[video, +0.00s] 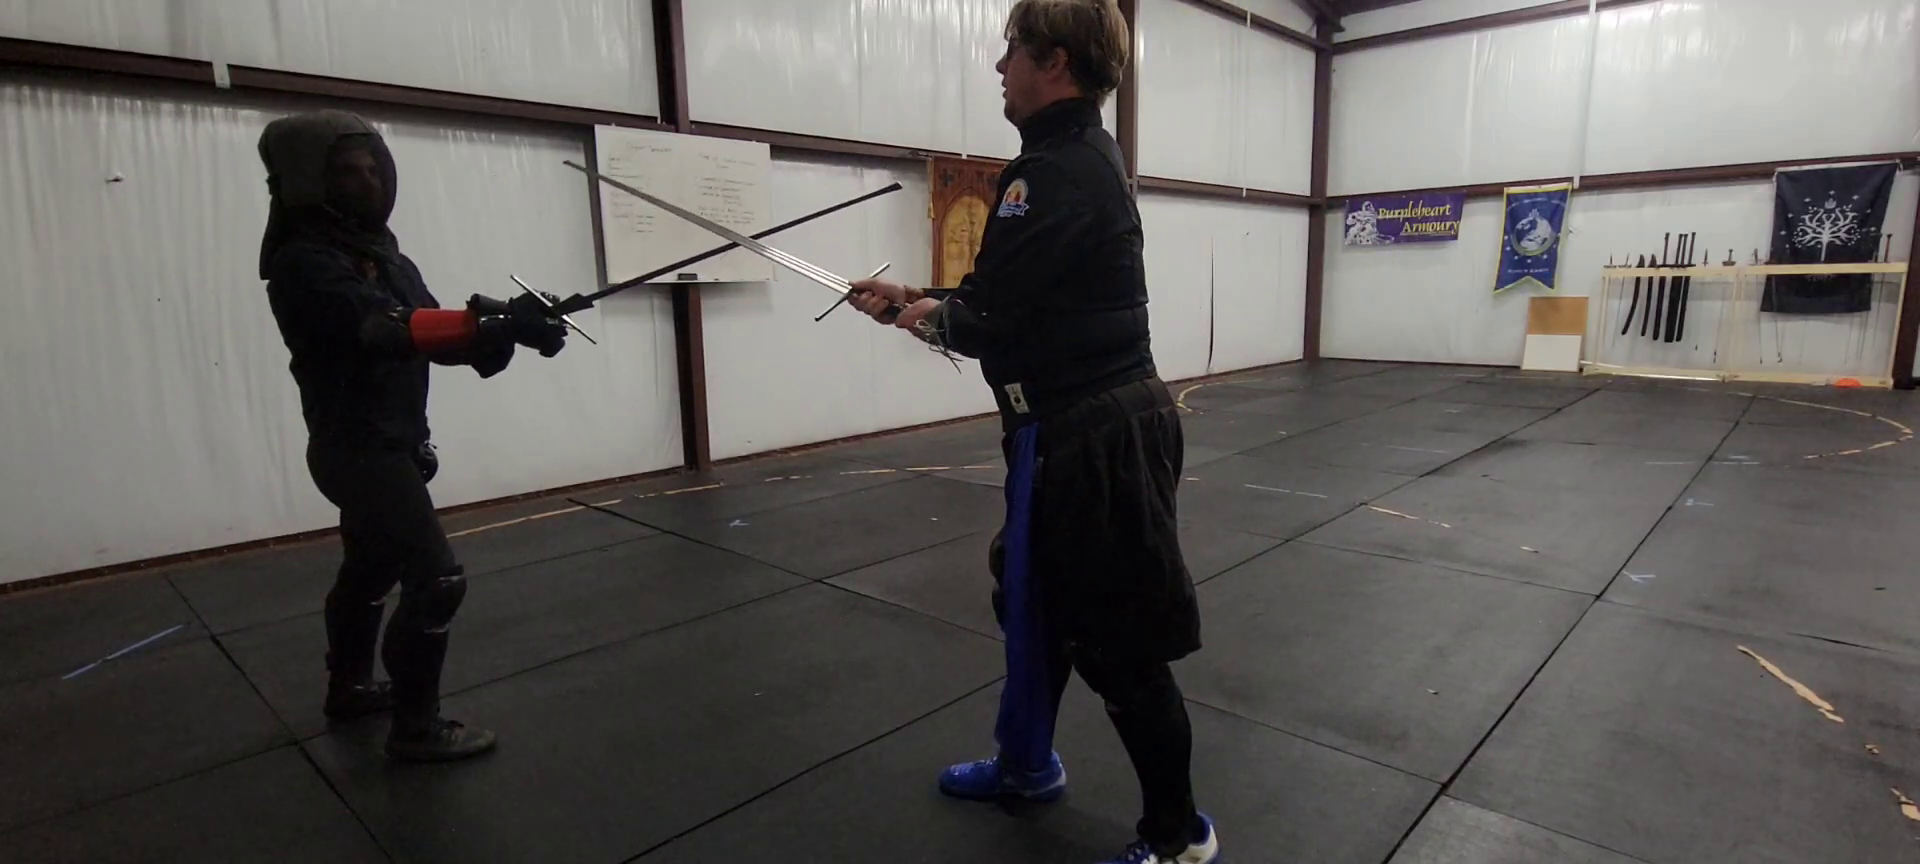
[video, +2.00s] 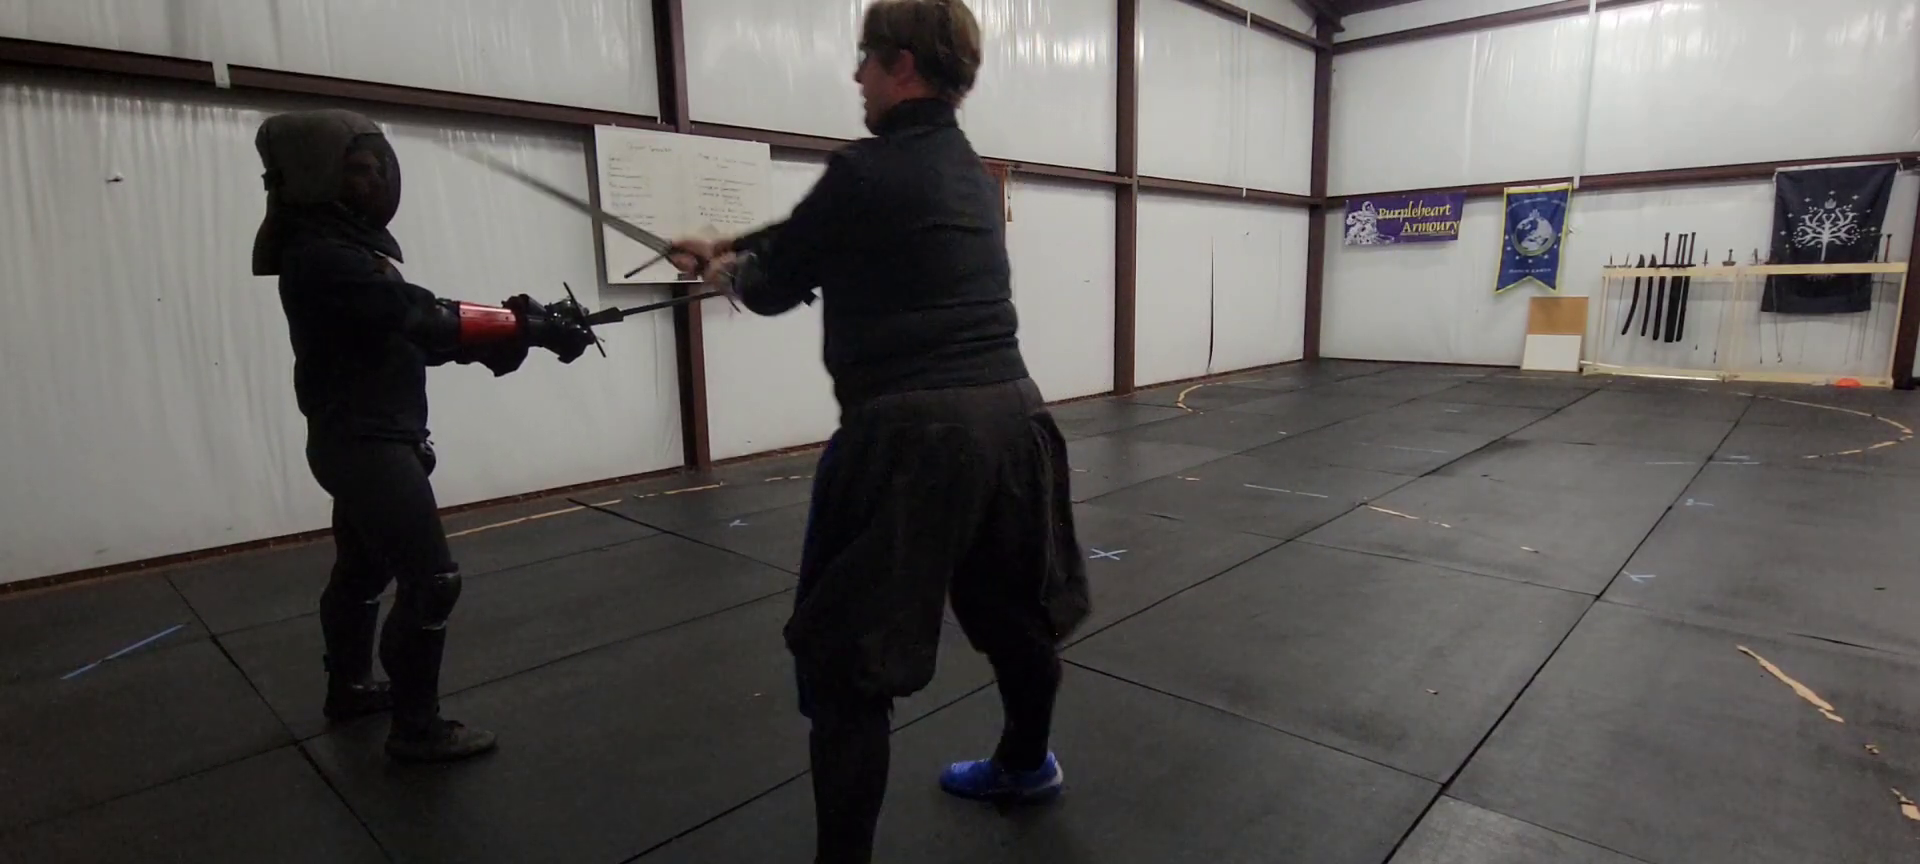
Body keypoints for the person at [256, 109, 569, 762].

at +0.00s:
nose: (368, 182)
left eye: (376, 169)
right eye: (350, 171)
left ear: (389, 177)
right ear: (315, 183)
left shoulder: (383, 255)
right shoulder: (304, 259)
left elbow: (422, 334)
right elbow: (376, 329)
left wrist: (490, 339)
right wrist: (489, 322)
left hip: (394, 446)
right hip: (358, 452)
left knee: (368, 574)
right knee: (435, 582)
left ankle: (350, 690)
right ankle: (415, 728)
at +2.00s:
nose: (381, 177)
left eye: (381, 164)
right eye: (364, 166)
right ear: (327, 177)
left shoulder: (348, 246)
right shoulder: (322, 256)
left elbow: (415, 326)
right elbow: (415, 317)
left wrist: (505, 327)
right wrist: (522, 324)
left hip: (376, 444)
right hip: (369, 449)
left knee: (360, 573)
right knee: (430, 583)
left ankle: (351, 691)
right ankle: (417, 728)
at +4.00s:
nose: (363, 183)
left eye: (365, 170)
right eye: (346, 172)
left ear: (367, 176)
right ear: (311, 182)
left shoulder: (347, 245)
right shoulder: (292, 256)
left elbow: (388, 333)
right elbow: (360, 342)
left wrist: (462, 358)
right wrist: (473, 355)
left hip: (375, 439)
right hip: (344, 445)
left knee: (358, 569)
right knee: (392, 581)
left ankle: (350, 688)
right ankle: (410, 724)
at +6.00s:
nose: (375, 176)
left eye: (378, 165)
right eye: (360, 165)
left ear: (382, 174)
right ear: (324, 176)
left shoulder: (349, 249)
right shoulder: (319, 256)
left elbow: (378, 357)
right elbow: (377, 348)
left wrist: (401, 438)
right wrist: (440, 371)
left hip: (371, 440)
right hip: (354, 445)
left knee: (358, 568)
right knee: (393, 573)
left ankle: (350, 687)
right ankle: (413, 718)